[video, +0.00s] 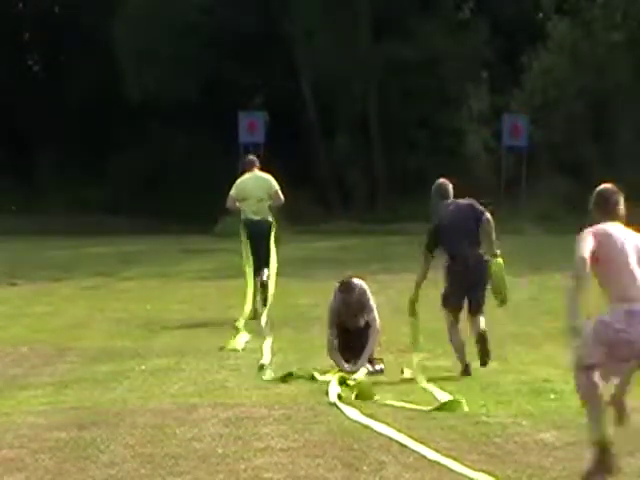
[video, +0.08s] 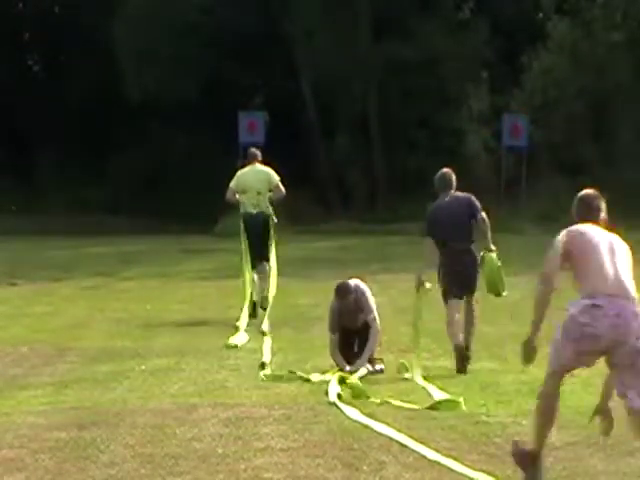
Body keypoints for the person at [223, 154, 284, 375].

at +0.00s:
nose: (250, 167)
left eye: (248, 165)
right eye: (252, 164)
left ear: (245, 166)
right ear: (258, 165)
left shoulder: (240, 182)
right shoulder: (268, 179)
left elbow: (230, 203)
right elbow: (280, 199)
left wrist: (244, 206)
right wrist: (267, 204)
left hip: (248, 221)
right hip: (266, 220)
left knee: (250, 258)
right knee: (270, 255)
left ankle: (249, 301)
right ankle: (266, 279)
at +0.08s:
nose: (254, 160)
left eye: (251, 157)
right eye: (256, 157)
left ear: (247, 159)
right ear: (260, 159)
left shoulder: (241, 174)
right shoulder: (267, 171)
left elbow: (230, 196)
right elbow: (280, 191)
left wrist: (244, 200)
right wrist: (267, 198)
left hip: (248, 215)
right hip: (265, 214)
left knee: (253, 257)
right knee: (264, 255)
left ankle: (254, 294)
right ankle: (264, 293)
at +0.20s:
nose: (255, 160)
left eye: (252, 157)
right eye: (257, 157)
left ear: (248, 158)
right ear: (261, 158)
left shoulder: (241, 174)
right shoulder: (269, 172)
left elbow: (231, 195)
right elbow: (282, 191)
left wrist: (244, 198)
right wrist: (268, 197)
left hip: (247, 211)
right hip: (264, 211)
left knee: (249, 244)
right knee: (262, 245)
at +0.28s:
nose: (256, 164)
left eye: (254, 160)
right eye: (258, 161)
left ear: (249, 162)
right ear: (262, 161)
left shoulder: (243, 178)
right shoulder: (270, 177)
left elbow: (232, 199)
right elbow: (282, 196)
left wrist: (245, 202)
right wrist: (269, 202)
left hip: (247, 216)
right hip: (264, 216)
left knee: (248, 250)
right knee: (262, 251)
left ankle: (249, 271)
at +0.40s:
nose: (253, 162)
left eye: (251, 158)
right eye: (256, 158)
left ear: (248, 160)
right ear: (261, 159)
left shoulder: (243, 174)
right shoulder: (269, 173)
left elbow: (233, 195)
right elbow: (280, 195)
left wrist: (246, 198)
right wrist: (269, 199)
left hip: (248, 213)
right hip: (264, 212)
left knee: (249, 249)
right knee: (261, 251)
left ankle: (251, 268)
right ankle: (260, 298)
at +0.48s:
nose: (251, 160)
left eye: (249, 157)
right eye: (254, 156)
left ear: (247, 159)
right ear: (260, 158)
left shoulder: (242, 173)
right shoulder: (268, 171)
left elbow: (232, 194)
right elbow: (280, 193)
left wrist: (243, 200)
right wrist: (268, 198)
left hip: (249, 210)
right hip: (264, 210)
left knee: (250, 246)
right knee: (263, 245)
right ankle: (262, 277)